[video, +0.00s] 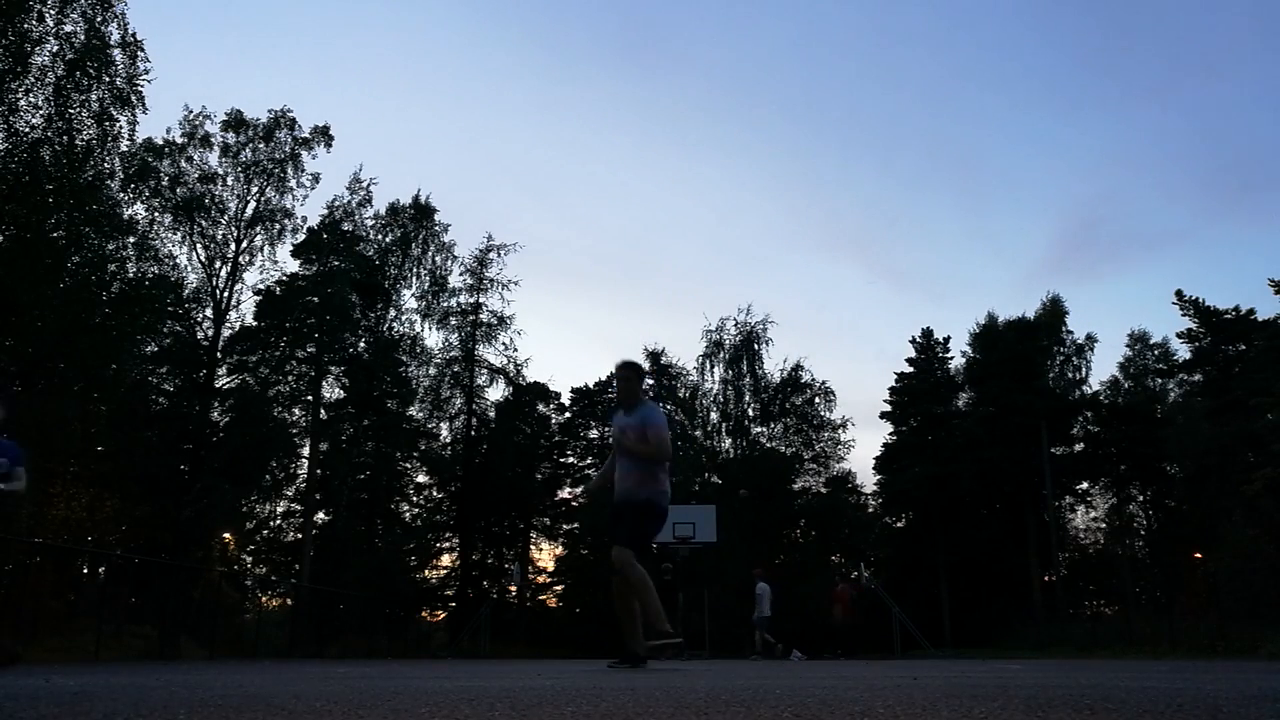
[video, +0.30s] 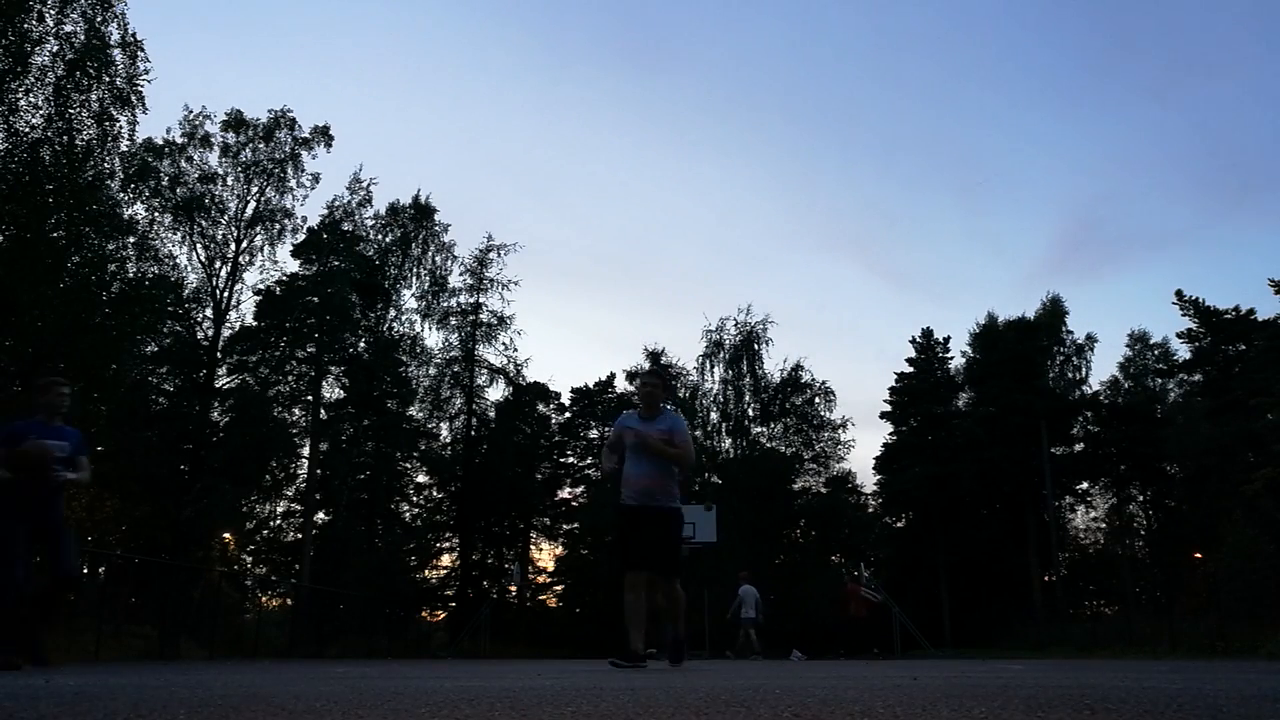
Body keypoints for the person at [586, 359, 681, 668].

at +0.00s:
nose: (620, 386)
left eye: (626, 380)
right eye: (618, 380)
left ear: (640, 384)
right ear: (616, 383)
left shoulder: (653, 413)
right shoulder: (620, 418)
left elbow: (663, 452)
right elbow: (617, 457)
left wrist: (627, 446)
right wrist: (596, 484)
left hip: (649, 499)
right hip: (625, 499)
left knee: (624, 557)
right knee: (623, 567)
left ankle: (662, 628)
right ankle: (635, 650)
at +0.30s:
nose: (646, 391)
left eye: (652, 387)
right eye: (643, 386)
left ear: (663, 391)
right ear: (637, 389)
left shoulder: (674, 422)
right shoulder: (626, 420)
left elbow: (688, 459)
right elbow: (609, 448)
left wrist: (650, 443)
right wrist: (609, 461)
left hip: (665, 509)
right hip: (631, 508)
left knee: (667, 579)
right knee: (633, 578)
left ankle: (675, 644)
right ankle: (636, 650)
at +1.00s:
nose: (651, 414)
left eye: (656, 410)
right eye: (650, 410)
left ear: (671, 414)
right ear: (651, 415)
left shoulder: (689, 445)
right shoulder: (641, 444)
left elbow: (704, 480)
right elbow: (632, 478)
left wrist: (678, 477)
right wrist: (646, 472)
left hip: (677, 521)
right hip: (647, 521)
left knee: (677, 585)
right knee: (650, 585)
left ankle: (677, 649)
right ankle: (655, 646)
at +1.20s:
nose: (639, 424)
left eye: (644, 419)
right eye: (638, 420)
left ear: (659, 422)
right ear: (639, 424)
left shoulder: (679, 451)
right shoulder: (633, 455)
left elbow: (700, 480)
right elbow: (627, 490)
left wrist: (665, 483)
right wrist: (635, 517)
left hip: (675, 524)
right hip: (647, 526)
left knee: (675, 586)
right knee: (652, 587)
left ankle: (675, 649)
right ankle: (658, 647)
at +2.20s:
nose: (671, 430)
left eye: (675, 426)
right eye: (667, 426)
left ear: (681, 430)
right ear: (660, 430)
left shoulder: (694, 457)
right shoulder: (650, 460)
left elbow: (711, 486)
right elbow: (635, 492)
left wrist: (702, 483)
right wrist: (649, 479)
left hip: (688, 530)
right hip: (659, 530)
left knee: (691, 590)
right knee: (661, 591)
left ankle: (693, 649)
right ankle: (663, 650)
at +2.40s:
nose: (684, 433)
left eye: (688, 429)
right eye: (680, 429)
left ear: (694, 433)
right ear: (673, 432)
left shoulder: (702, 459)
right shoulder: (661, 456)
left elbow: (725, 474)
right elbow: (642, 465)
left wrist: (725, 459)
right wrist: (650, 443)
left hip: (693, 532)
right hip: (665, 531)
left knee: (694, 592)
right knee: (663, 591)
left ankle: (694, 651)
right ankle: (663, 651)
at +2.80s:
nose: (687, 434)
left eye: (690, 430)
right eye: (683, 430)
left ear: (696, 435)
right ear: (674, 434)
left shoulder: (700, 458)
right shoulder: (665, 456)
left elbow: (719, 450)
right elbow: (646, 449)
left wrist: (735, 441)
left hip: (695, 530)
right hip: (666, 529)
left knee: (695, 589)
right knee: (665, 588)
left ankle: (698, 648)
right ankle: (665, 648)